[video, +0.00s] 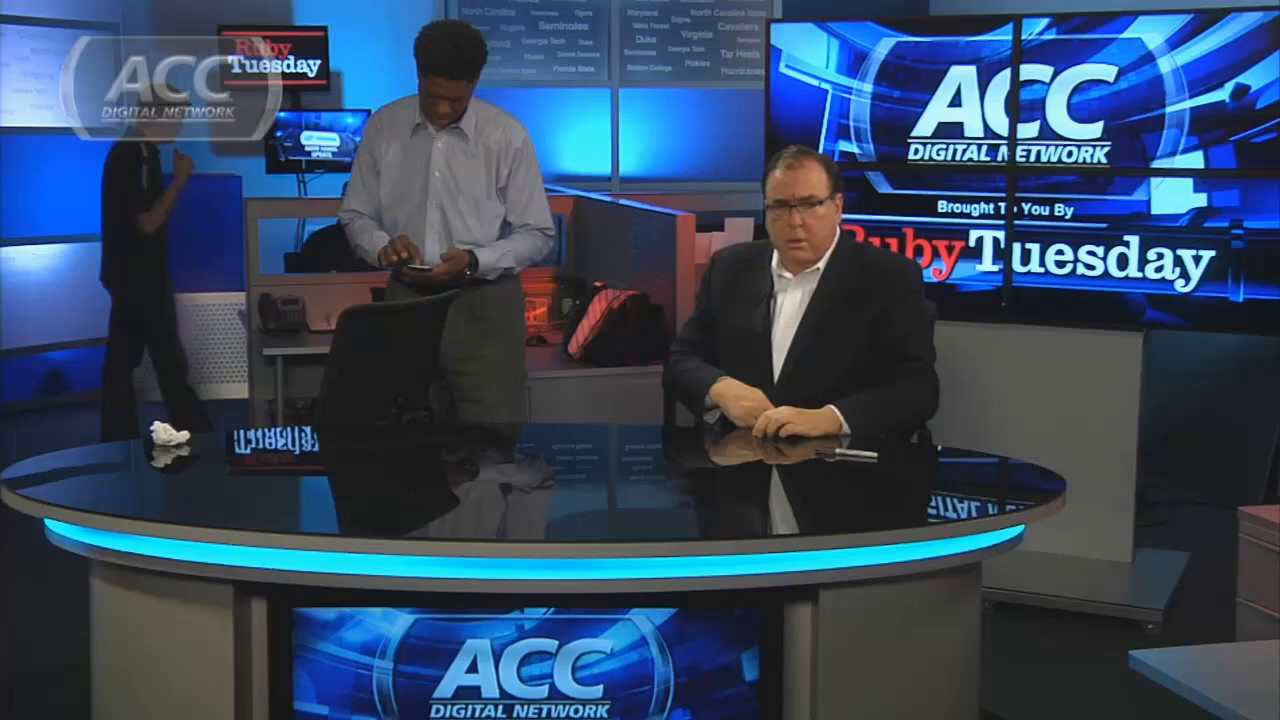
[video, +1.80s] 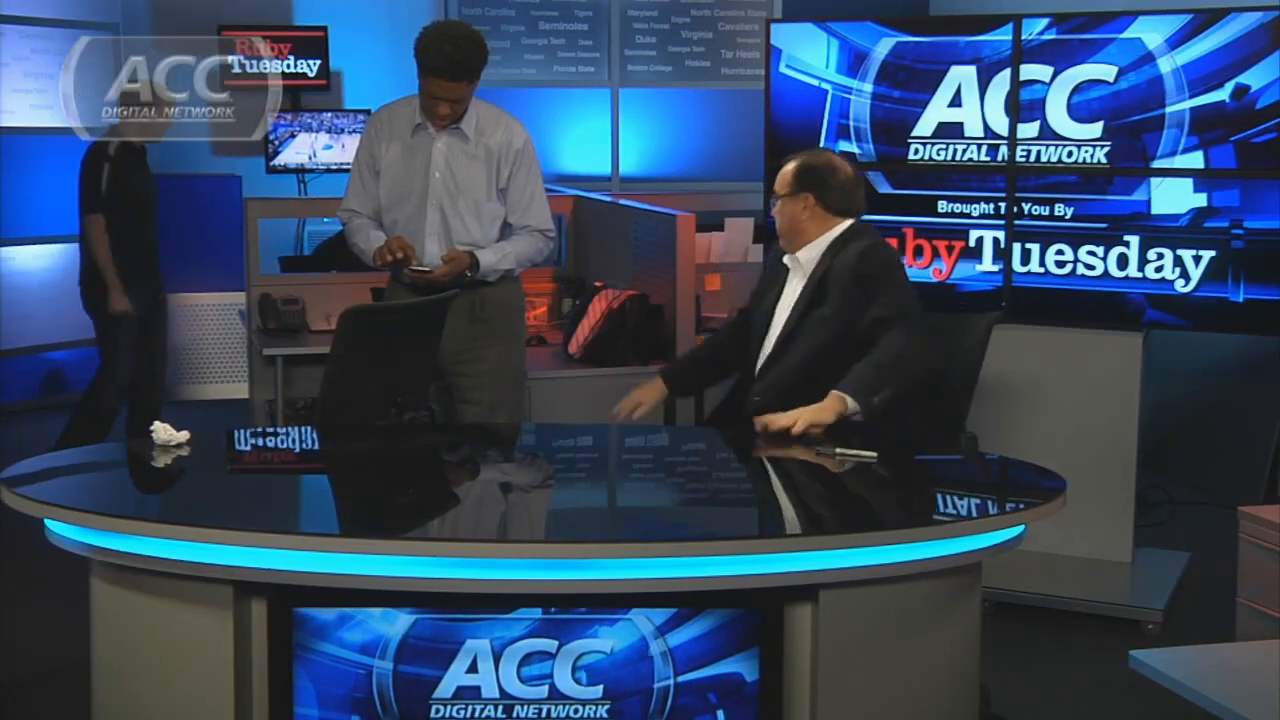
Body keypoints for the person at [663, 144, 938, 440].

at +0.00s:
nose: (795, 221)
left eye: (810, 205)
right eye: (781, 206)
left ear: (838, 207)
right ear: (766, 211)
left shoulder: (893, 278)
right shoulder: (732, 270)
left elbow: (919, 390)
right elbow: (684, 360)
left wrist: (834, 417)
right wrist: (724, 390)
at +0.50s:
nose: (795, 222)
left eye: (811, 206)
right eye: (784, 206)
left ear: (846, 208)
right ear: (772, 209)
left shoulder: (897, 280)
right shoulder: (738, 266)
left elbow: (921, 393)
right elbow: (683, 355)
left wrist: (832, 419)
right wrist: (729, 381)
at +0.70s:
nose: (760, 213)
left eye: (774, 201)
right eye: (763, 200)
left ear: (823, 212)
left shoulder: (900, 280)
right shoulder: (744, 265)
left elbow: (924, 395)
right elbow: (687, 352)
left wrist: (834, 419)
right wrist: (729, 381)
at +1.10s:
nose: (758, 208)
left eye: (766, 195)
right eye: (761, 195)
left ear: (803, 203)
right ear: (801, 204)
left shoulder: (893, 274)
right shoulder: (765, 263)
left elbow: (924, 390)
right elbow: (725, 343)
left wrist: (831, 417)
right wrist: (710, 381)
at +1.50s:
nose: (772, 213)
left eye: (777, 203)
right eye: (774, 203)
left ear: (806, 214)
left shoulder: (885, 276)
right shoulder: (797, 270)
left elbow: (915, 389)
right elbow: (766, 356)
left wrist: (833, 419)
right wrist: (718, 404)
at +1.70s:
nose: (779, 211)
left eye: (785, 201)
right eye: (780, 201)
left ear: (812, 208)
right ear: (811, 211)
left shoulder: (879, 271)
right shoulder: (799, 267)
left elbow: (910, 376)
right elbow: (763, 353)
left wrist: (823, 412)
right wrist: (697, 408)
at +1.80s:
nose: (771, 212)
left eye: (777, 199)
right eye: (773, 200)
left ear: (808, 204)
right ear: (807, 205)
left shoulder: (868, 257)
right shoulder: (785, 263)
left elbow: (906, 344)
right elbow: (740, 337)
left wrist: (836, 403)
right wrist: (665, 383)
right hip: (748, 440)